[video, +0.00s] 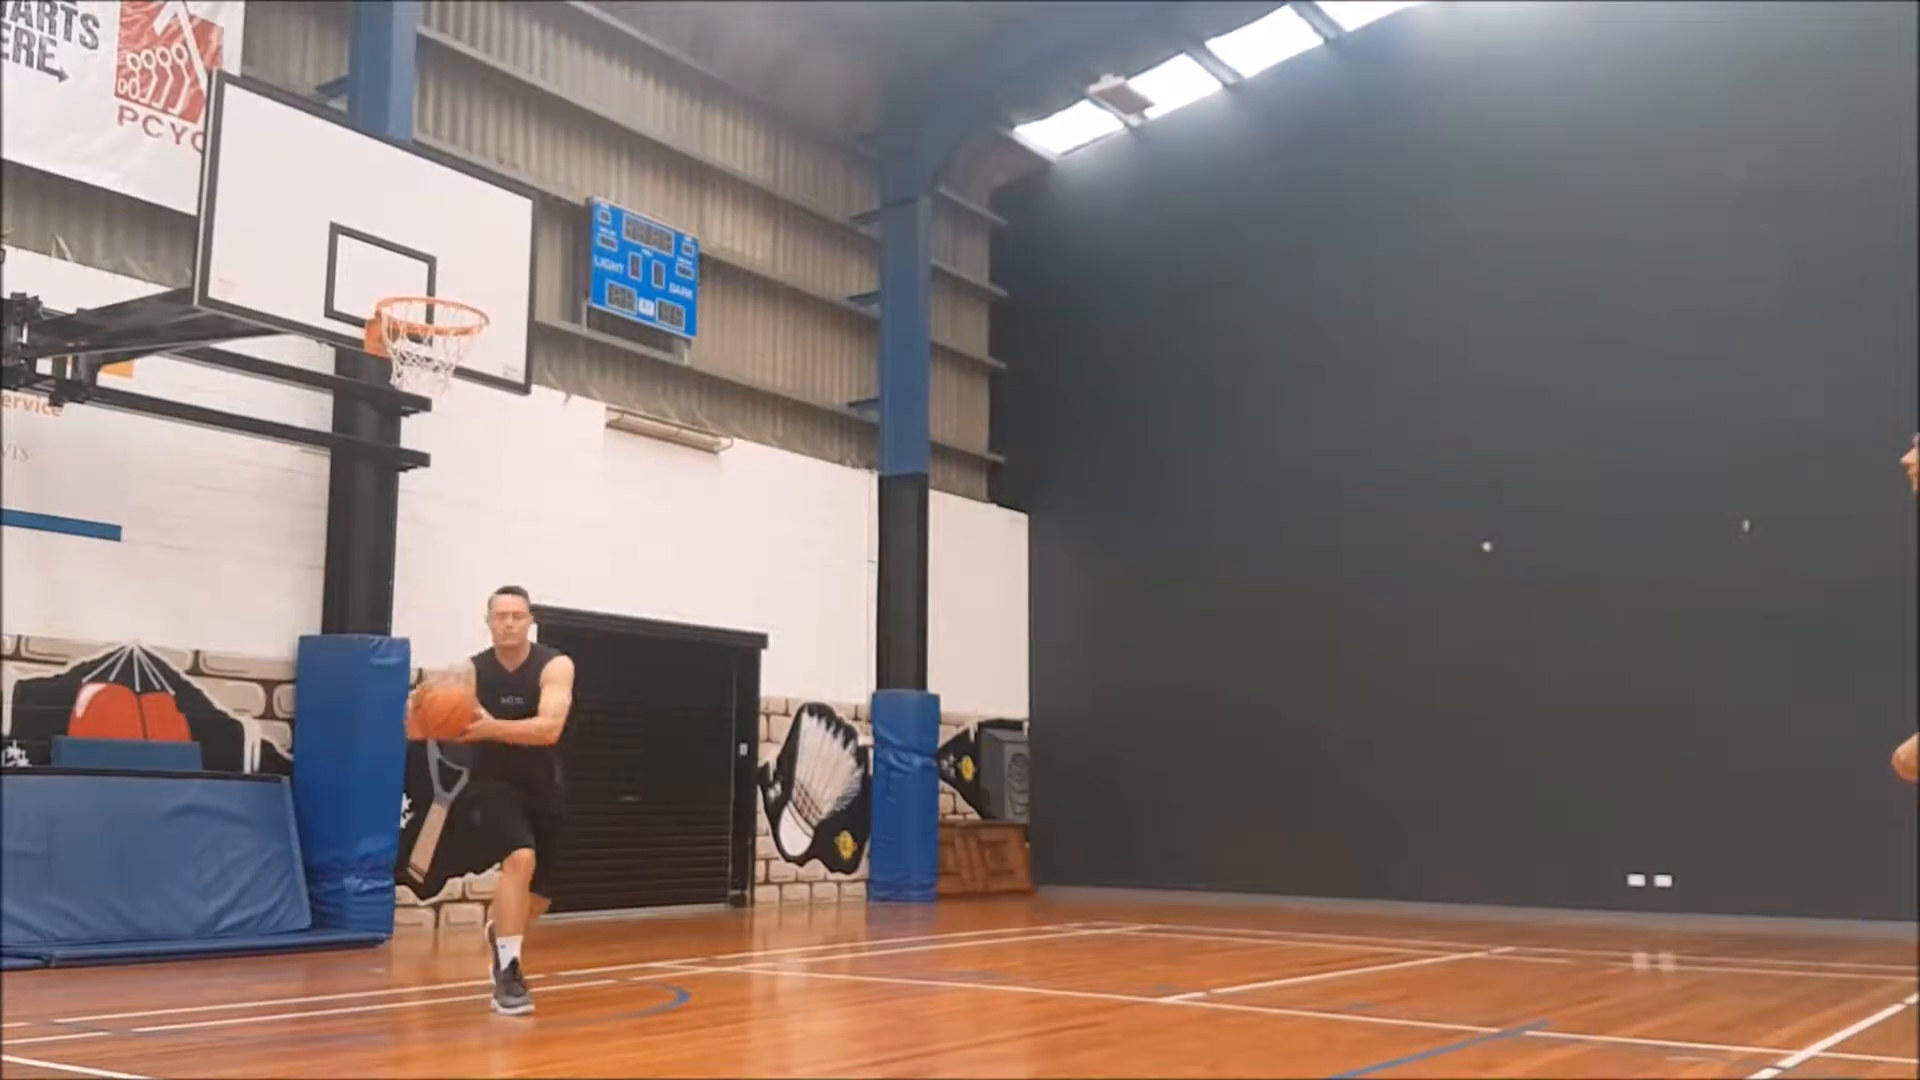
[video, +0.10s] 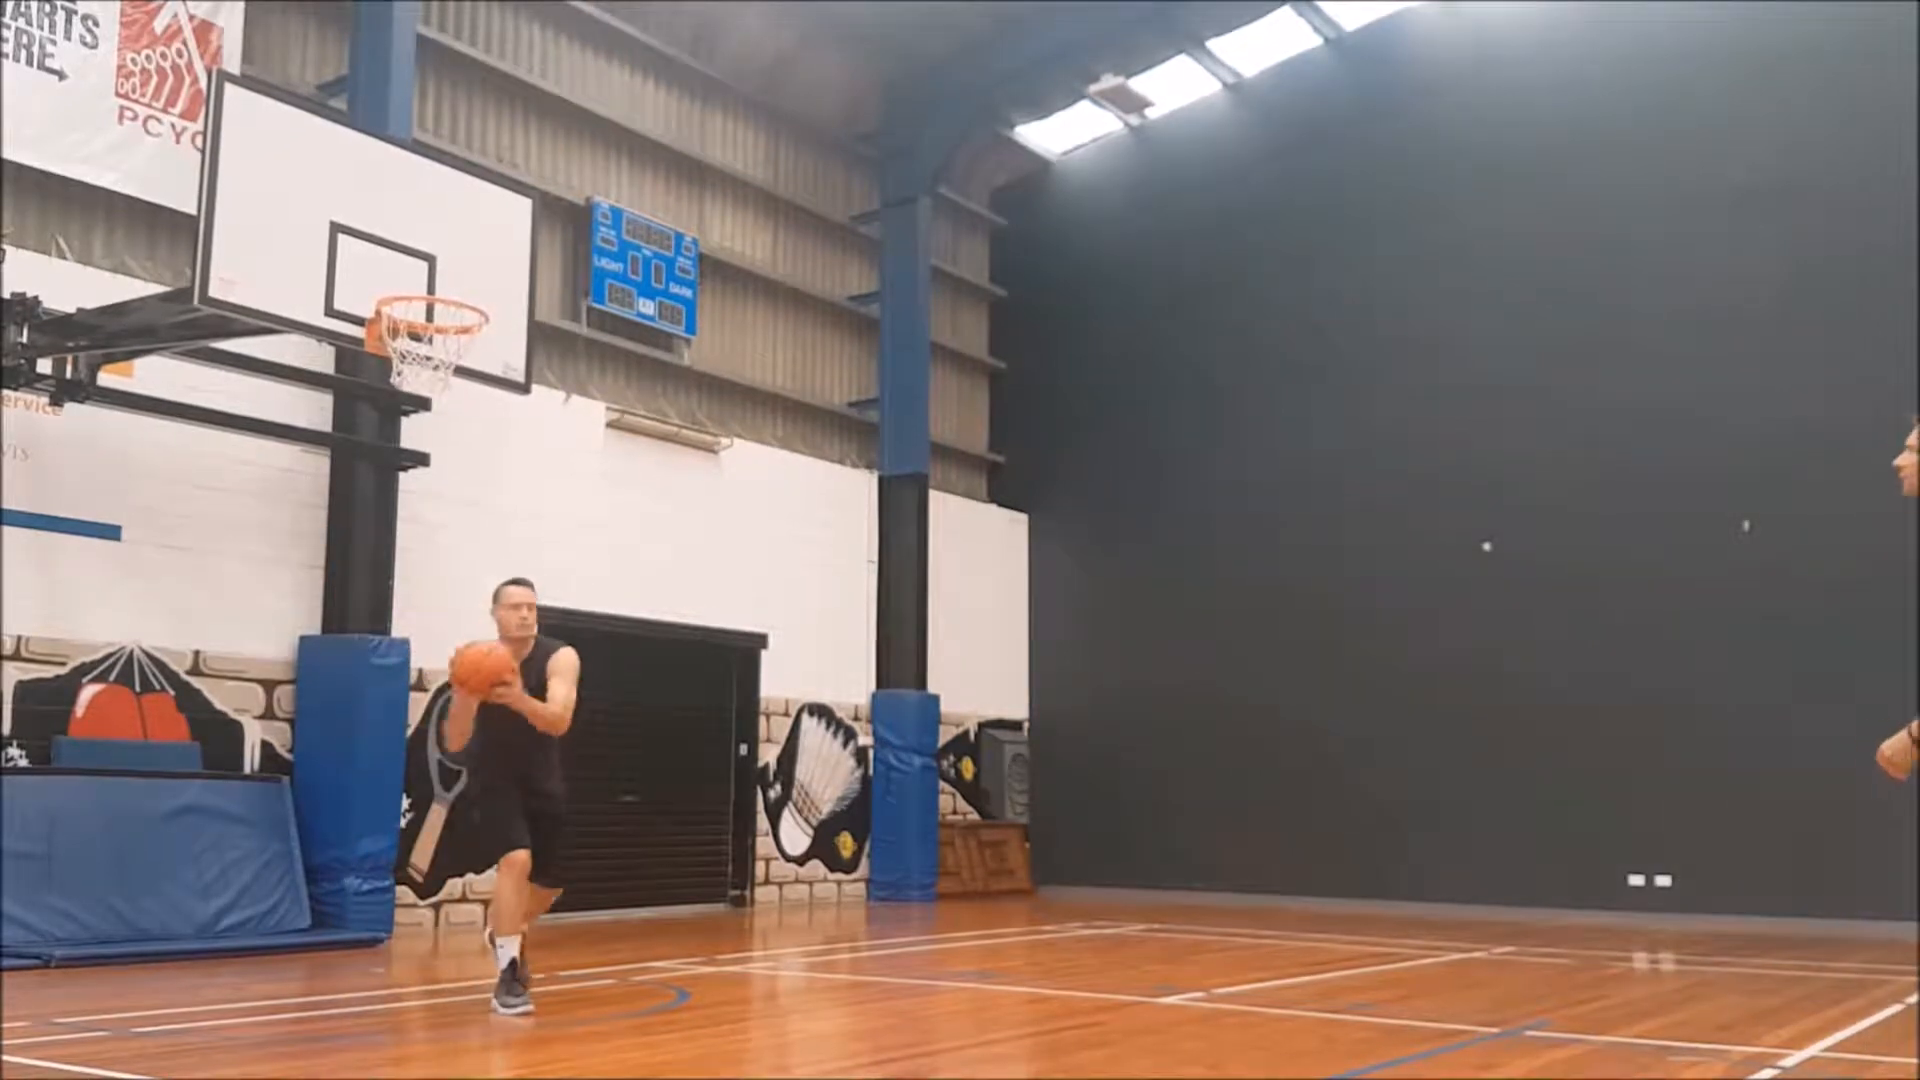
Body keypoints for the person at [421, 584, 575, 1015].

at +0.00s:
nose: (508, 625)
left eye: (516, 616)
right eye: (500, 617)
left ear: (531, 621)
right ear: (489, 623)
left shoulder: (556, 666)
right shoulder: (472, 672)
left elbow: (549, 730)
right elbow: (455, 722)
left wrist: (491, 728)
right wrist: (425, 716)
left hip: (543, 788)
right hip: (493, 784)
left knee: (541, 896)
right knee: (520, 856)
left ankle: (500, 930)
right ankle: (508, 972)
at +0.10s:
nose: (523, 615)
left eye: (529, 607)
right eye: (513, 607)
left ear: (538, 613)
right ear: (495, 615)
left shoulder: (560, 657)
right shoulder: (478, 661)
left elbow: (558, 722)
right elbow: (454, 741)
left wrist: (516, 697)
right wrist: (466, 689)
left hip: (543, 782)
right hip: (494, 781)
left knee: (550, 885)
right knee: (517, 858)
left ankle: (504, 927)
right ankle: (510, 972)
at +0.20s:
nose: (534, 605)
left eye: (538, 597)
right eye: (524, 597)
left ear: (546, 603)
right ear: (501, 608)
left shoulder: (566, 646)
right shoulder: (488, 659)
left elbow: (571, 707)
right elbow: (494, 725)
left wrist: (555, 663)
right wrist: (516, 666)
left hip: (544, 776)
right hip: (495, 777)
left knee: (558, 872)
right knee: (515, 858)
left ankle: (528, 941)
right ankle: (507, 972)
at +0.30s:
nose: (537, 596)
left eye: (540, 588)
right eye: (527, 589)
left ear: (546, 594)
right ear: (503, 598)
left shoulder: (562, 635)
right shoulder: (491, 649)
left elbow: (578, 698)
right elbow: (533, 672)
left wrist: (584, 670)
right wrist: (577, 639)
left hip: (542, 769)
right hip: (493, 771)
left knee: (560, 864)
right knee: (516, 858)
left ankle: (537, 947)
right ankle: (507, 974)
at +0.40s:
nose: (538, 584)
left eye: (541, 577)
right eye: (528, 578)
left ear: (547, 583)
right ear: (504, 586)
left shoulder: (562, 627)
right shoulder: (494, 633)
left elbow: (583, 687)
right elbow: (542, 653)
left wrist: (596, 689)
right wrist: (598, 634)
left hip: (539, 763)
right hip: (494, 765)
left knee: (559, 858)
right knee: (516, 856)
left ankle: (537, 948)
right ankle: (506, 973)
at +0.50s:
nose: (541, 576)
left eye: (543, 569)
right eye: (530, 569)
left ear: (547, 575)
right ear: (505, 578)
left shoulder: (563, 624)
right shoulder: (491, 629)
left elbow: (582, 678)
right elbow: (533, 666)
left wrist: (598, 711)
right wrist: (593, 652)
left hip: (539, 767)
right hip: (495, 769)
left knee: (557, 855)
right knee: (514, 857)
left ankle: (524, 946)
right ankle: (504, 974)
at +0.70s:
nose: (541, 573)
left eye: (543, 566)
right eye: (531, 566)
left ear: (545, 575)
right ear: (504, 574)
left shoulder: (558, 626)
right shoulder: (488, 631)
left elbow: (570, 696)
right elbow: (494, 709)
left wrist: (586, 759)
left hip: (545, 764)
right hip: (500, 765)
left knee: (541, 867)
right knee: (515, 860)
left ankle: (494, 950)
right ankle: (506, 972)